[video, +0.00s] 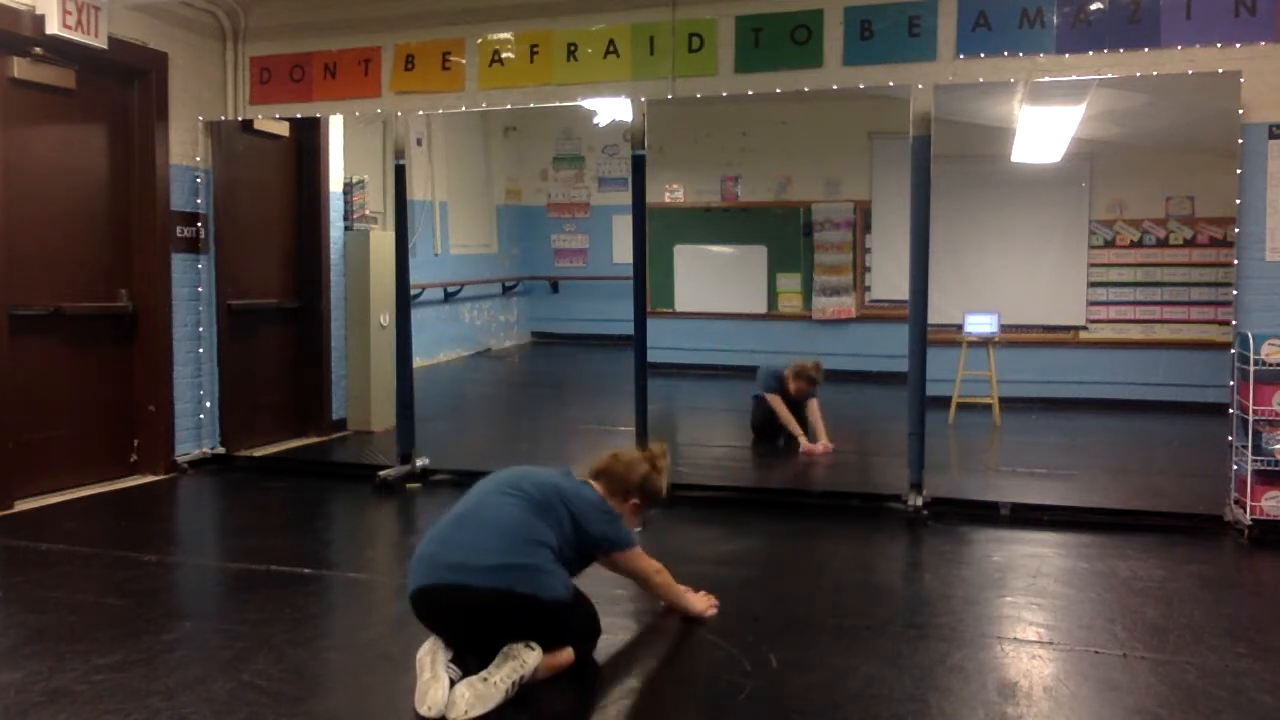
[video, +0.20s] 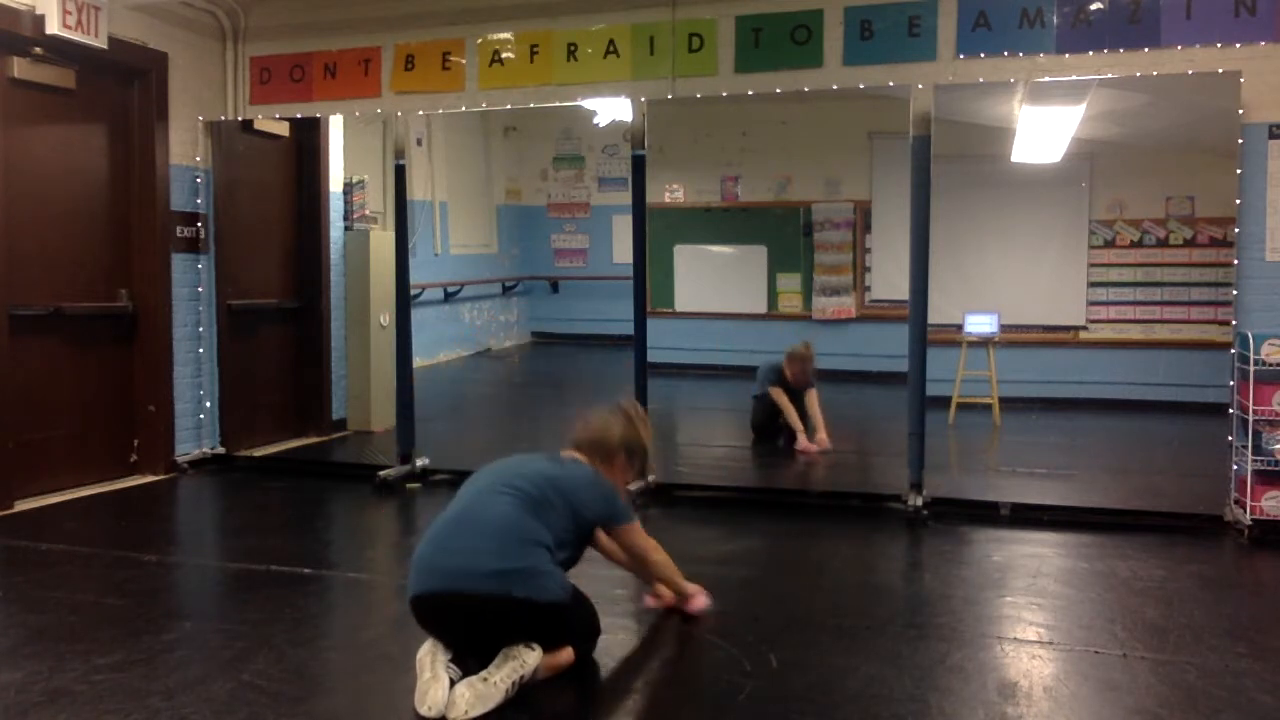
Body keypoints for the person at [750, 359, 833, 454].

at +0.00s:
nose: (800, 394)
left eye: (804, 391)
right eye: (799, 389)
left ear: (810, 387)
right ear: (792, 379)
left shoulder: (807, 385)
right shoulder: (769, 380)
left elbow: (814, 414)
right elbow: (782, 413)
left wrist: (823, 440)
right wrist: (802, 440)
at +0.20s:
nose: (800, 378)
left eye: (804, 373)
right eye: (796, 374)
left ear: (809, 370)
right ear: (787, 365)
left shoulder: (806, 378)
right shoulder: (769, 374)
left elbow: (813, 406)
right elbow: (785, 405)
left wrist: (821, 434)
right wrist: (801, 435)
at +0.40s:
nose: (790, 343)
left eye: (794, 338)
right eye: (786, 338)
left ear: (801, 338)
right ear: (778, 338)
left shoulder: (805, 359)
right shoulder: (767, 357)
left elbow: (816, 391)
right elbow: (762, 394)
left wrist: (810, 421)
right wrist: (783, 426)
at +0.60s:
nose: (780, 331)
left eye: (784, 326)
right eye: (776, 327)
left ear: (791, 329)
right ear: (770, 331)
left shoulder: (804, 356)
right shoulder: (761, 355)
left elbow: (812, 384)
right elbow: (754, 379)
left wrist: (798, 397)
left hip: (797, 402)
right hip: (772, 401)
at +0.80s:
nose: (768, 329)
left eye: (772, 324)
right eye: (764, 325)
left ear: (780, 325)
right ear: (760, 329)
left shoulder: (798, 352)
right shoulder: (756, 353)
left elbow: (812, 381)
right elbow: (750, 377)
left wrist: (789, 404)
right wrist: (760, 400)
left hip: (795, 402)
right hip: (768, 403)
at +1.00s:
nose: (749, 347)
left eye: (751, 342)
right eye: (746, 344)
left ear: (762, 337)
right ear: (744, 344)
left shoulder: (786, 358)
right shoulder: (752, 365)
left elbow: (779, 397)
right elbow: (751, 400)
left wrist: (757, 427)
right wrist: (740, 427)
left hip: (799, 402)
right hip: (770, 403)